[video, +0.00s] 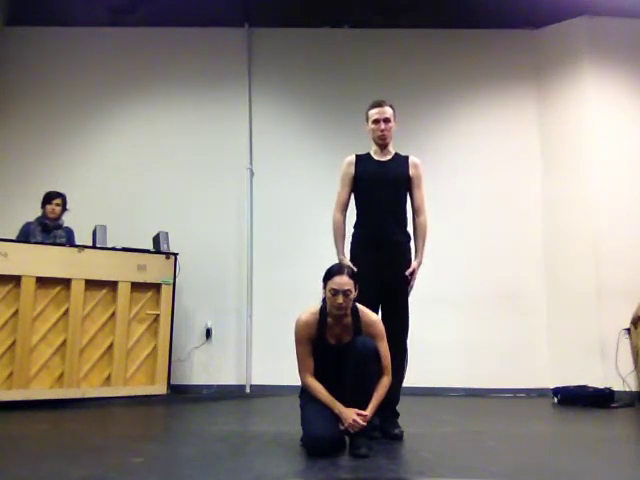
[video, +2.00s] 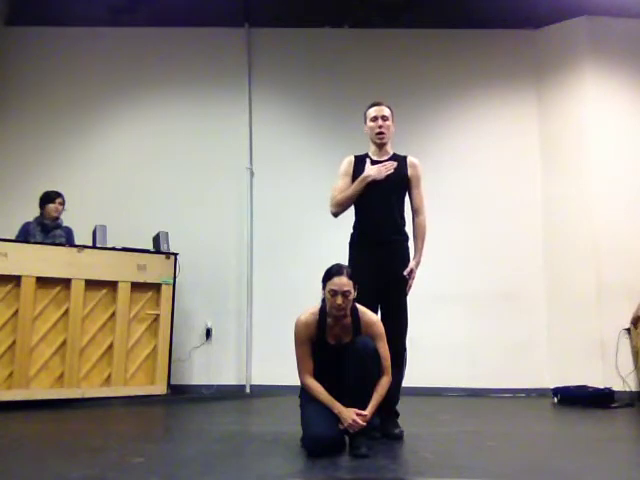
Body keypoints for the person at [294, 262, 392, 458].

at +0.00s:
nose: (340, 301)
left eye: (347, 294)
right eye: (334, 293)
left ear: (355, 293)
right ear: (324, 292)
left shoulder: (371, 322)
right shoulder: (307, 323)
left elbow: (386, 374)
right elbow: (307, 377)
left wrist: (366, 415)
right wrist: (342, 411)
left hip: (356, 392)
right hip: (321, 393)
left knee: (365, 346)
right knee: (322, 445)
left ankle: (360, 432)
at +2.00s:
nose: (339, 302)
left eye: (346, 295)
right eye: (333, 294)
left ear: (354, 294)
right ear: (323, 292)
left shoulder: (371, 323)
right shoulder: (306, 324)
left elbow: (386, 375)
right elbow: (306, 378)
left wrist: (366, 413)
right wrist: (341, 411)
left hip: (355, 392)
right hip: (320, 393)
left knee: (365, 347)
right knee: (321, 445)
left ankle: (359, 432)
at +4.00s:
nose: (340, 303)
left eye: (346, 296)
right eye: (334, 296)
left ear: (355, 295)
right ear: (324, 293)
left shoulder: (370, 323)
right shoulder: (307, 324)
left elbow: (393, 375)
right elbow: (306, 379)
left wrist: (368, 408)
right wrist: (338, 412)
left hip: (356, 394)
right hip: (321, 395)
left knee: (365, 347)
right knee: (321, 445)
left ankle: (360, 434)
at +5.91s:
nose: (339, 304)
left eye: (346, 297)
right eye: (333, 296)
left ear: (355, 295)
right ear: (324, 293)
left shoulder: (370, 323)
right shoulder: (306, 324)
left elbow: (391, 377)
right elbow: (306, 378)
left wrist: (362, 413)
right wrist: (338, 413)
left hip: (356, 392)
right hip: (321, 394)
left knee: (365, 346)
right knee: (321, 444)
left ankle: (360, 433)